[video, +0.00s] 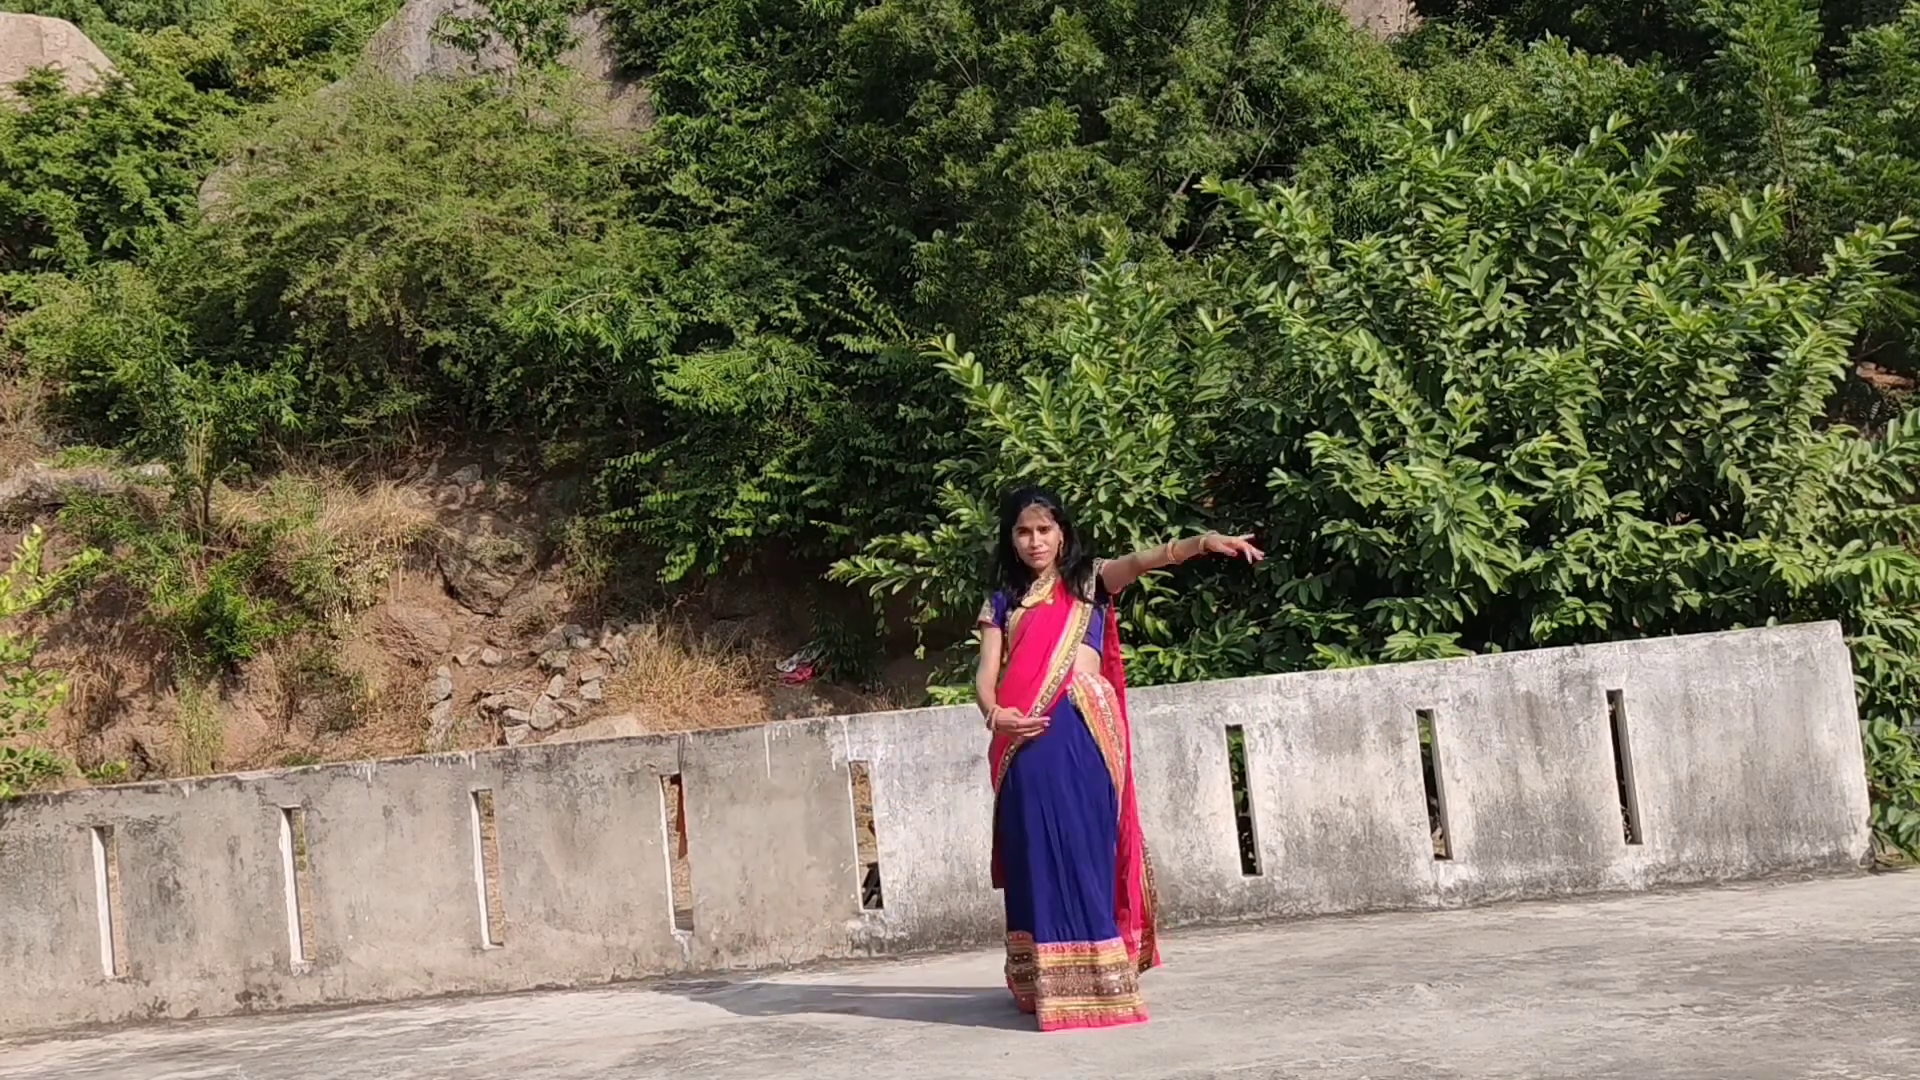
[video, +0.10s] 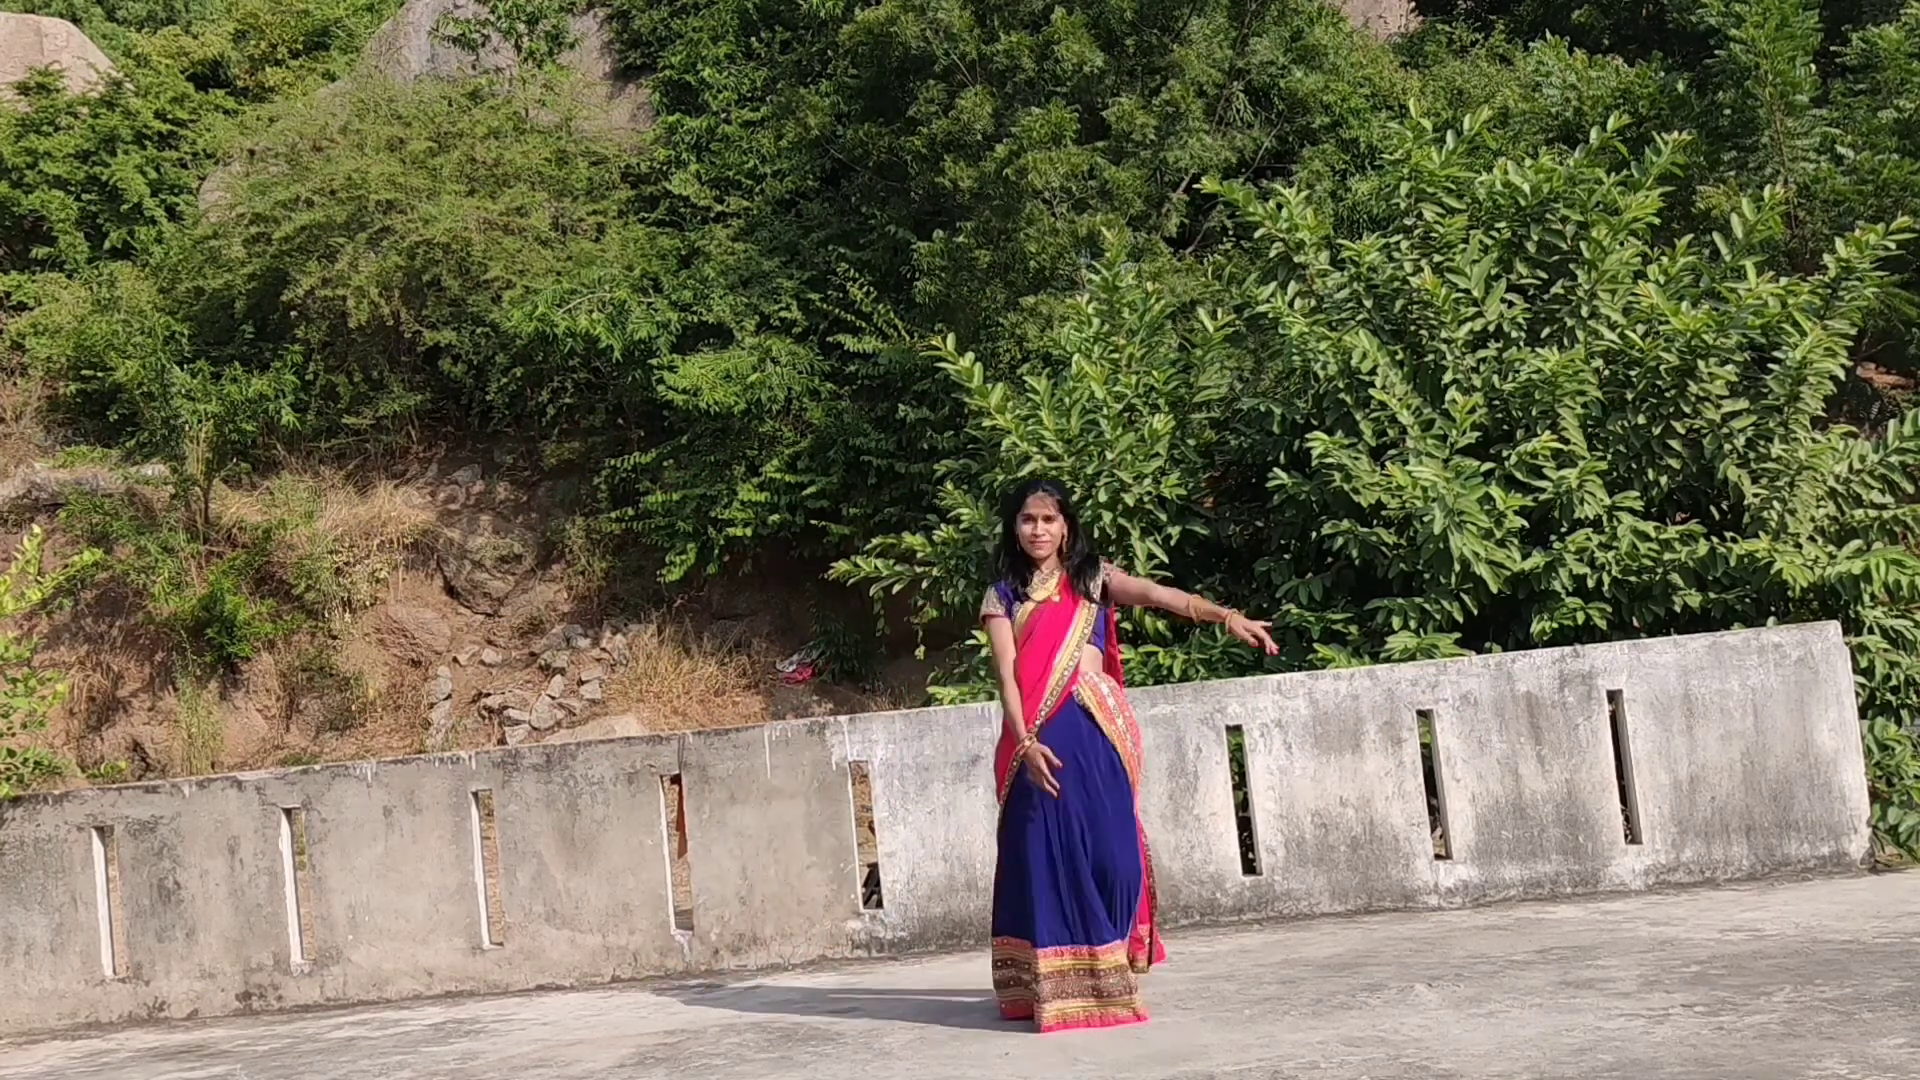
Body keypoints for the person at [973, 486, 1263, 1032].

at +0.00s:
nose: (1035, 540)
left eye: (1044, 529)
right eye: (1024, 531)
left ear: (1062, 534)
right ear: (1011, 540)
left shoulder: (1090, 579)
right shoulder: (1001, 604)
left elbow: (1145, 559)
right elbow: (986, 674)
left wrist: (1206, 542)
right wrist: (994, 714)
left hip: (1084, 734)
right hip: (1025, 740)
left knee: (1086, 855)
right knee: (1037, 860)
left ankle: (1100, 983)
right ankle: (1051, 988)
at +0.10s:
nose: (1038, 529)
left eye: (1049, 518)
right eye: (1028, 519)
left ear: (1066, 526)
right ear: (1015, 529)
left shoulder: (1093, 576)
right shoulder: (1003, 596)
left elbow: (1160, 596)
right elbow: (1006, 674)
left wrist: (1228, 617)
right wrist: (1026, 741)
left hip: (1097, 735)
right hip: (1035, 739)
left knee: (1105, 854)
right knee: (1040, 859)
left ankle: (1106, 982)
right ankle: (1053, 989)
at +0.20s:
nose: (1043, 515)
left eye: (1054, 506)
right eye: (1034, 505)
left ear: (1072, 516)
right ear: (1018, 513)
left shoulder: (1093, 575)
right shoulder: (1005, 585)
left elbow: (1151, 629)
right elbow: (1012, 669)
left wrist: (1210, 682)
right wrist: (1041, 745)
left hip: (1102, 726)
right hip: (1043, 732)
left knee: (1113, 850)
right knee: (1042, 857)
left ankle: (1122, 987)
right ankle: (1049, 994)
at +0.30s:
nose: (1052, 506)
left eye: (1063, 499)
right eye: (1043, 497)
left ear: (1078, 512)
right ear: (1025, 507)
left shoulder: (1095, 574)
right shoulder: (1013, 577)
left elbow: (1127, 651)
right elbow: (1019, 667)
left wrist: (1165, 720)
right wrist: (1046, 745)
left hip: (1113, 718)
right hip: (1059, 727)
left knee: (1116, 850)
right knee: (1066, 857)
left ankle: (1136, 999)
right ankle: (1073, 999)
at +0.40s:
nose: (1063, 505)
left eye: (1073, 497)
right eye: (1053, 496)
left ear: (1089, 511)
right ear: (1035, 509)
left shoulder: (1096, 576)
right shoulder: (1024, 574)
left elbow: (1118, 654)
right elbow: (1024, 665)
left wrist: (1144, 729)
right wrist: (1048, 746)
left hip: (1125, 725)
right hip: (1077, 732)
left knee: (1137, 855)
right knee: (1092, 860)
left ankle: (1138, 1002)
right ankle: (1101, 1008)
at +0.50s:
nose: (1072, 500)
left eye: (1082, 491)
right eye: (1061, 492)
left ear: (1099, 506)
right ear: (1044, 507)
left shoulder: (1103, 576)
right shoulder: (1034, 568)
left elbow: (1122, 662)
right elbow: (1029, 661)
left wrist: (1158, 745)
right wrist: (1055, 742)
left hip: (1134, 732)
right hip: (1083, 738)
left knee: (1141, 865)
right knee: (1091, 870)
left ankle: (1141, 1006)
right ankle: (1101, 1012)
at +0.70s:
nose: (1084, 483)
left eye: (1094, 476)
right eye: (1072, 477)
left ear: (1113, 494)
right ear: (1058, 497)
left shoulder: (1127, 565)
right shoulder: (1042, 557)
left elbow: (1153, 653)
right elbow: (1015, 645)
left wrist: (1198, 731)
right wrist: (1056, 725)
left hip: (1134, 729)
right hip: (1075, 734)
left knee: (1144, 863)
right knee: (1104, 865)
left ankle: (1143, 1017)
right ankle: (1103, 1013)